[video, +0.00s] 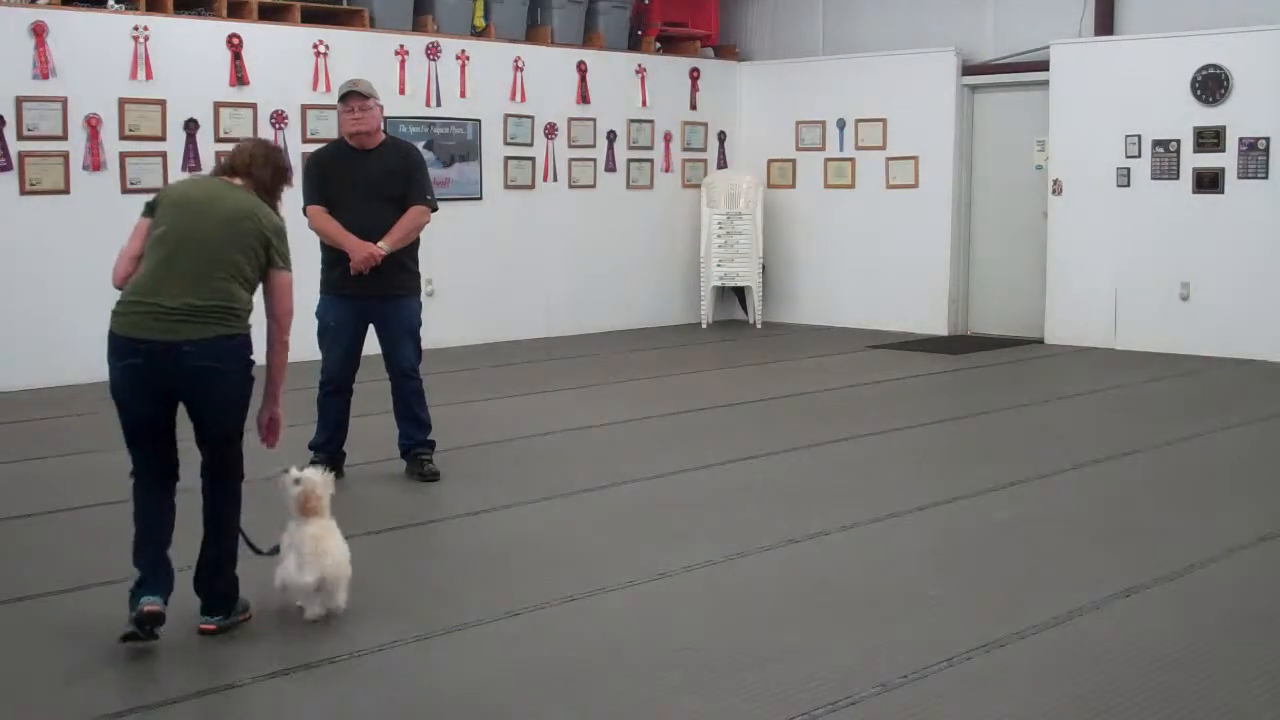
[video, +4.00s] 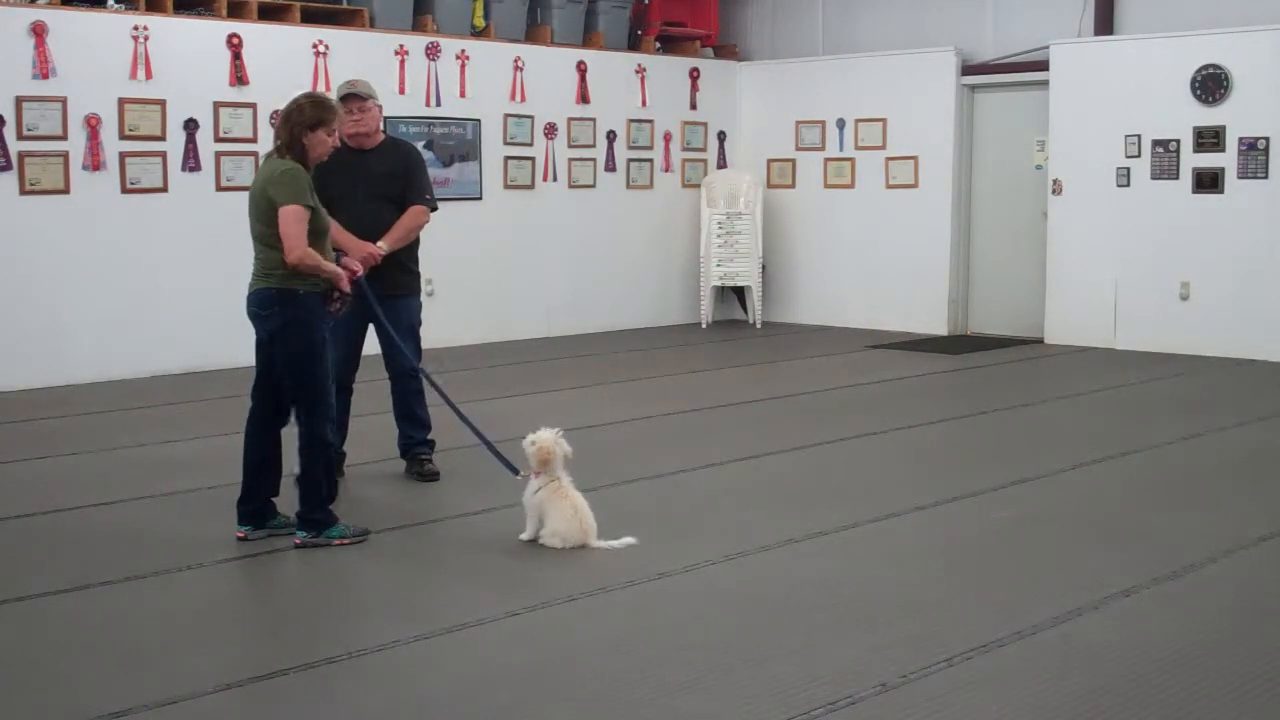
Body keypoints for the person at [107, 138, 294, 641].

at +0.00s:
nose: (278, 200)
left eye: (280, 193)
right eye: (279, 192)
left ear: (226, 167)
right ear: (272, 185)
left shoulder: (170, 193)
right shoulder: (267, 221)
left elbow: (123, 273)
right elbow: (279, 320)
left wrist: (175, 269)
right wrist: (273, 401)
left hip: (135, 348)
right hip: (215, 354)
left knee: (152, 471)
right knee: (222, 473)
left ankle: (150, 589)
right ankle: (217, 603)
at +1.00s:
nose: (317, 235)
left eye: (321, 225)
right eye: (319, 223)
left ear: (277, 198)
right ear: (304, 211)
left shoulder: (221, 210)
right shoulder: (291, 232)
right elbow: (302, 325)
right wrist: (314, 395)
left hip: (160, 316)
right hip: (225, 319)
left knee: (201, 438)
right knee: (249, 437)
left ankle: (204, 566)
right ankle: (255, 554)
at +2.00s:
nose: (336, 156)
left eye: (339, 147)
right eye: (332, 145)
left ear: (297, 137)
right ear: (308, 136)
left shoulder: (263, 168)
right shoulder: (294, 177)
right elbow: (279, 251)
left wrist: (328, 246)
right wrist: (329, 305)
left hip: (251, 301)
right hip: (283, 303)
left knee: (275, 409)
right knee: (321, 408)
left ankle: (256, 514)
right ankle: (289, 519)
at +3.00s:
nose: (344, 147)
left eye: (346, 139)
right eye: (340, 138)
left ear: (312, 133)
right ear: (316, 132)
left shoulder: (277, 170)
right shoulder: (302, 176)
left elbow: (293, 238)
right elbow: (297, 253)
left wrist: (339, 219)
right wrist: (341, 224)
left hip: (272, 299)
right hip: (299, 302)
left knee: (266, 409)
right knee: (311, 412)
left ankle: (256, 514)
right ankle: (316, 519)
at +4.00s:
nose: (334, 144)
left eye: (335, 135)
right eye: (331, 134)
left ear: (301, 132)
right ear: (308, 132)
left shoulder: (279, 171)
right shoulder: (290, 176)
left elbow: (310, 234)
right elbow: (296, 253)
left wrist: (339, 258)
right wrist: (334, 271)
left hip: (276, 299)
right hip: (293, 302)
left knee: (268, 410)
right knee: (318, 412)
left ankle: (255, 514)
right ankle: (316, 519)